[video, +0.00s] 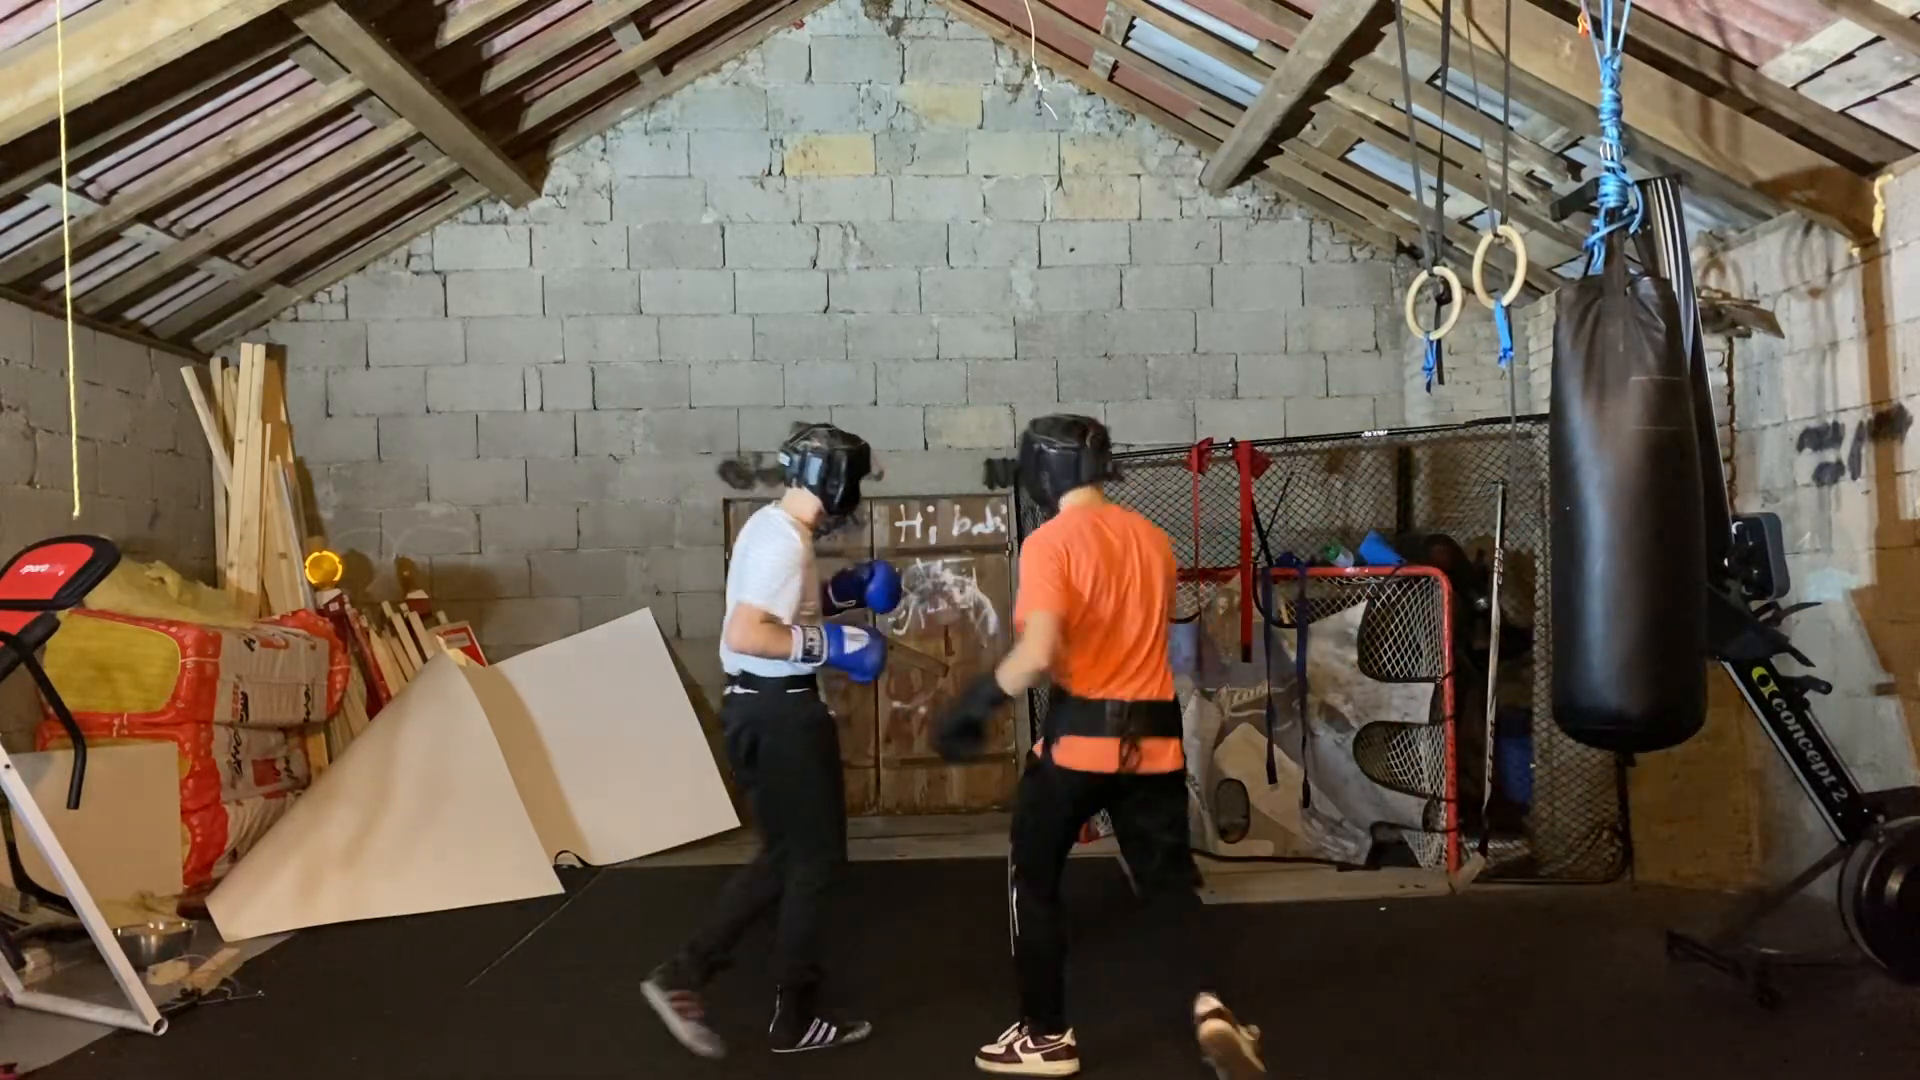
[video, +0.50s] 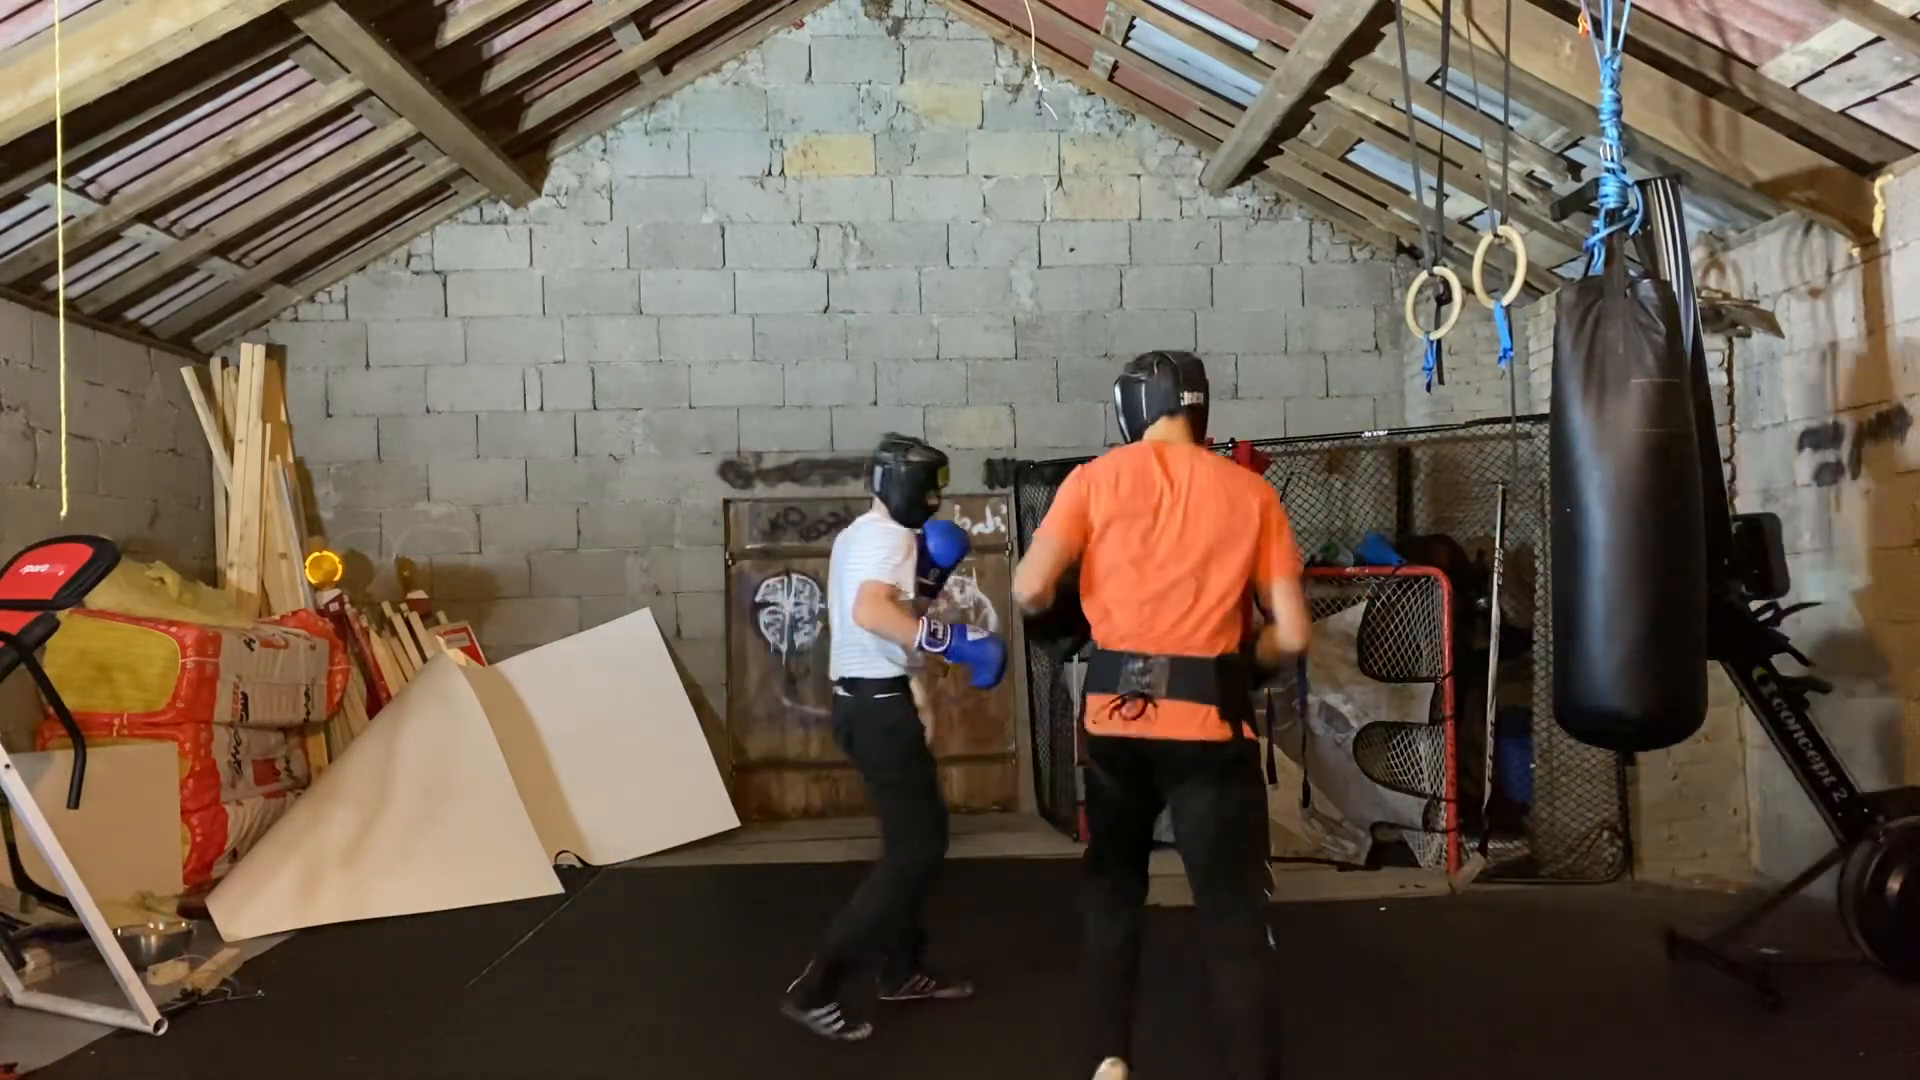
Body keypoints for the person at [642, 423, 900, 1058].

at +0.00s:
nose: (854, 499)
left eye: (855, 486)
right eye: (852, 486)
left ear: (801, 475)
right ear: (832, 485)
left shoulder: (774, 529)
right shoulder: (782, 543)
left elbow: (786, 612)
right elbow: (745, 633)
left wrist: (842, 594)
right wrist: (827, 644)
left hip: (761, 707)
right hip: (782, 713)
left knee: (784, 856)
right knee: (812, 860)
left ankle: (682, 978)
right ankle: (796, 1019)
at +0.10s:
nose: (868, 493)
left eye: (869, 480)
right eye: (866, 480)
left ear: (814, 469)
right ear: (847, 478)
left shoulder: (781, 523)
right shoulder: (804, 538)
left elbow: (804, 603)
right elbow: (775, 630)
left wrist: (857, 577)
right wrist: (855, 637)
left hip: (777, 699)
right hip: (800, 705)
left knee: (818, 844)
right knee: (827, 852)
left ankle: (735, 963)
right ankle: (795, 1019)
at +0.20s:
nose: (878, 483)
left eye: (877, 472)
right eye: (877, 472)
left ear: (823, 462)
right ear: (862, 472)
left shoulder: (794, 519)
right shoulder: (831, 531)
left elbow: (814, 597)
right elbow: (814, 619)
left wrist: (871, 559)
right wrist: (889, 619)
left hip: (794, 690)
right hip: (819, 697)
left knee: (850, 826)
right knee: (829, 843)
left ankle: (816, 984)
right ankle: (795, 1018)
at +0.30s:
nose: (897, 487)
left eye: (896, 477)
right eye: (894, 478)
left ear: (839, 471)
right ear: (880, 478)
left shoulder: (809, 525)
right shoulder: (855, 531)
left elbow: (829, 598)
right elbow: (852, 611)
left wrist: (890, 558)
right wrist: (927, 614)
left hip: (811, 695)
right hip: (840, 701)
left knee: (861, 839)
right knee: (835, 851)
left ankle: (874, 971)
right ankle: (794, 1019)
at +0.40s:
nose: (914, 496)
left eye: (913, 485)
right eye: (910, 486)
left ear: (858, 481)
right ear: (895, 486)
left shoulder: (829, 533)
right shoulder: (877, 536)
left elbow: (854, 598)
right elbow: (869, 608)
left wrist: (912, 564)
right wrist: (946, 626)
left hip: (835, 701)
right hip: (861, 707)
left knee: (897, 836)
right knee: (866, 853)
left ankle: (896, 975)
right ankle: (797, 1014)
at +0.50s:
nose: (936, 498)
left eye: (937, 488)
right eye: (932, 488)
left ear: (881, 485)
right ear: (915, 490)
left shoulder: (860, 534)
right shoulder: (887, 537)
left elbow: (892, 608)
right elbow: (871, 610)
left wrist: (930, 570)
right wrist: (948, 641)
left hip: (868, 704)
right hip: (879, 707)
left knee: (917, 837)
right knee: (919, 842)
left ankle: (899, 974)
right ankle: (813, 990)